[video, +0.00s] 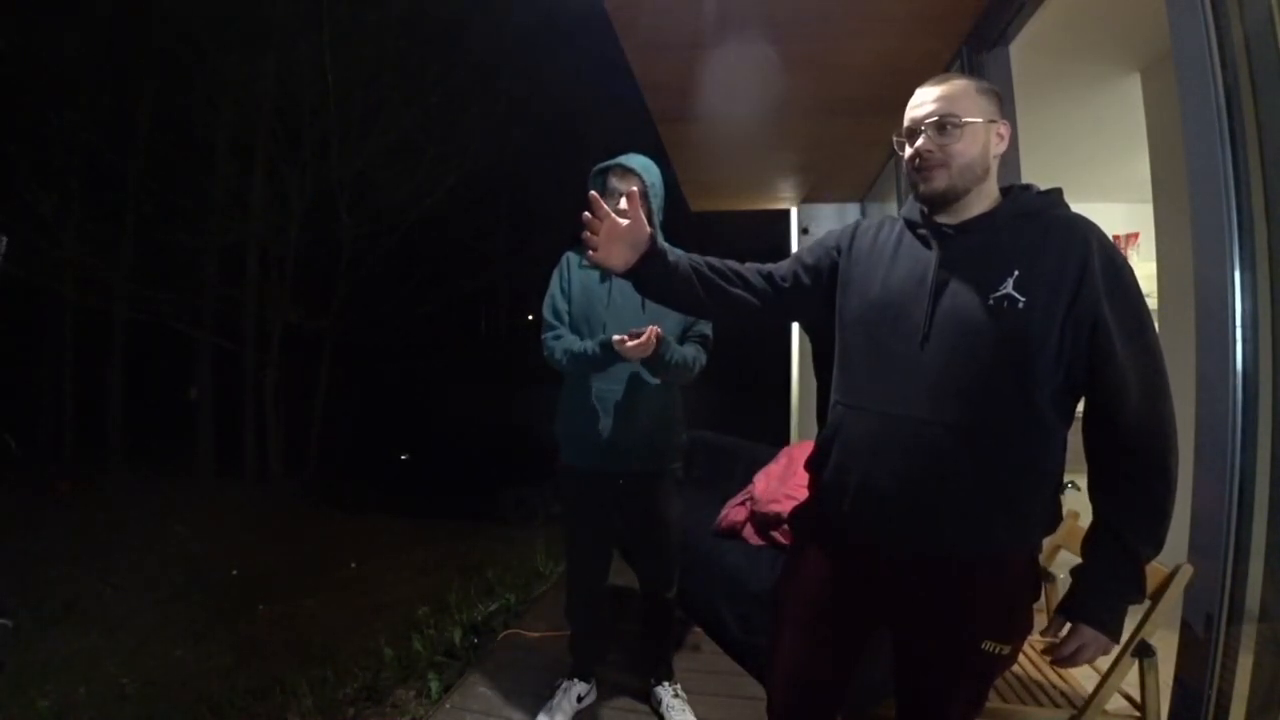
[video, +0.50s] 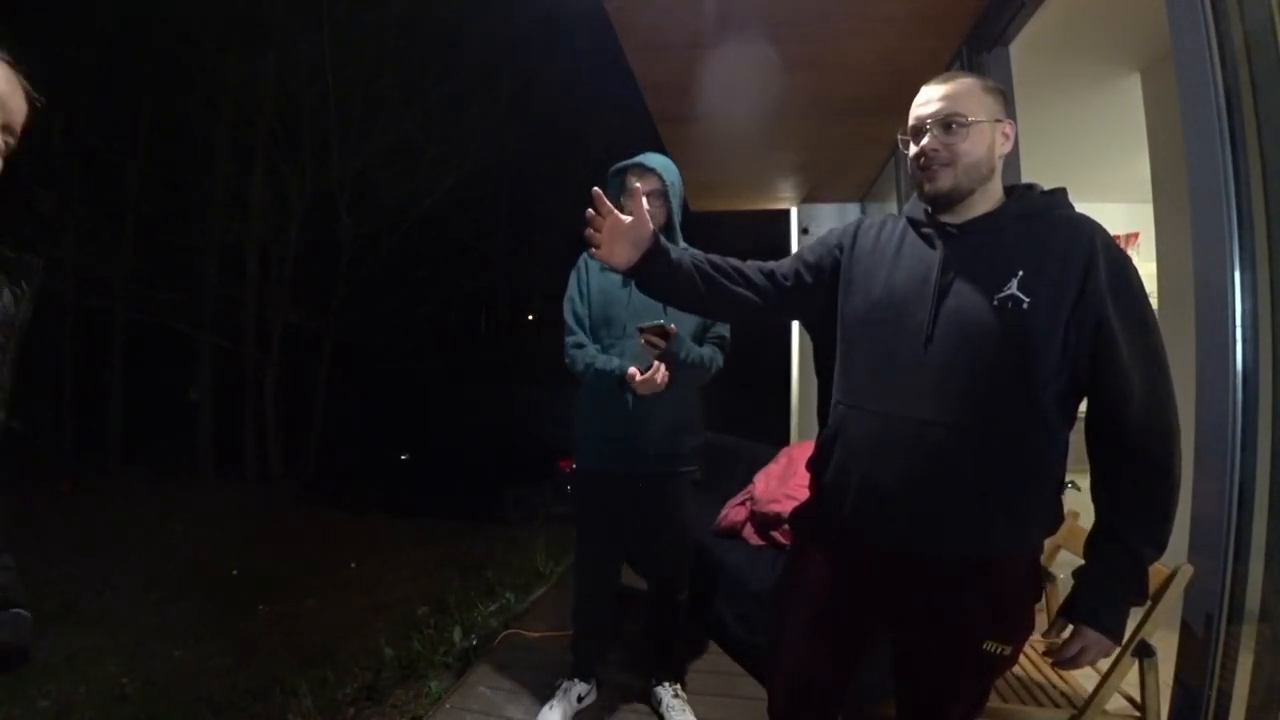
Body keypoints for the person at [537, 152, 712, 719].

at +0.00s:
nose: (629, 208)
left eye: (638, 198)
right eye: (618, 196)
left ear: (653, 205)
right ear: (597, 203)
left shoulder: (678, 270)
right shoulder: (574, 266)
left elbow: (696, 358)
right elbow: (554, 346)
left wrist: (658, 352)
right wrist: (608, 348)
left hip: (653, 449)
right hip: (587, 447)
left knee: (659, 569)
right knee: (585, 566)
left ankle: (661, 678)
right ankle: (580, 678)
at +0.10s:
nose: (629, 207)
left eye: (639, 198)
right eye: (619, 196)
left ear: (654, 204)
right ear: (598, 203)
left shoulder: (680, 269)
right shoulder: (575, 266)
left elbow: (698, 355)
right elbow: (555, 347)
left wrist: (662, 353)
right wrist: (610, 353)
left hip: (656, 451)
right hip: (588, 449)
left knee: (661, 572)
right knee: (586, 569)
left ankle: (661, 679)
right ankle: (580, 679)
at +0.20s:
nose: (633, 207)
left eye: (643, 198)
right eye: (622, 197)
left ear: (657, 204)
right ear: (600, 203)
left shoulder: (682, 270)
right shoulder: (578, 267)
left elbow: (701, 355)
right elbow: (559, 351)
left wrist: (665, 356)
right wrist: (614, 357)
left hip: (661, 453)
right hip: (592, 450)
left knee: (664, 573)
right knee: (588, 570)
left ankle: (661, 679)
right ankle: (581, 678)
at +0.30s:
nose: (636, 210)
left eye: (645, 199)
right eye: (624, 199)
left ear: (661, 204)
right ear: (604, 204)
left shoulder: (686, 270)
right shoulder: (582, 266)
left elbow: (704, 353)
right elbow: (563, 349)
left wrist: (669, 359)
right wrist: (618, 359)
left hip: (665, 452)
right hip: (596, 450)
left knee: (665, 572)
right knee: (590, 568)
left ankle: (662, 679)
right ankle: (581, 679)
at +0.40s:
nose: (639, 208)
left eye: (651, 198)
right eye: (628, 197)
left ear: (667, 205)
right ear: (609, 204)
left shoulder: (692, 269)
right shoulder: (586, 266)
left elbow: (709, 353)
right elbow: (568, 350)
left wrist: (676, 353)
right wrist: (622, 366)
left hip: (668, 452)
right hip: (601, 449)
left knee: (668, 571)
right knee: (593, 568)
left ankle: (664, 679)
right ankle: (582, 678)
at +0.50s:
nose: (644, 206)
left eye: (656, 196)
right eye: (634, 195)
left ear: (674, 202)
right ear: (616, 202)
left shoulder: (698, 271)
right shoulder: (591, 266)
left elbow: (714, 356)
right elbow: (575, 349)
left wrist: (678, 351)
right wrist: (626, 370)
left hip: (671, 448)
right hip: (604, 445)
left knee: (671, 568)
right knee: (594, 565)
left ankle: (665, 678)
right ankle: (582, 677)